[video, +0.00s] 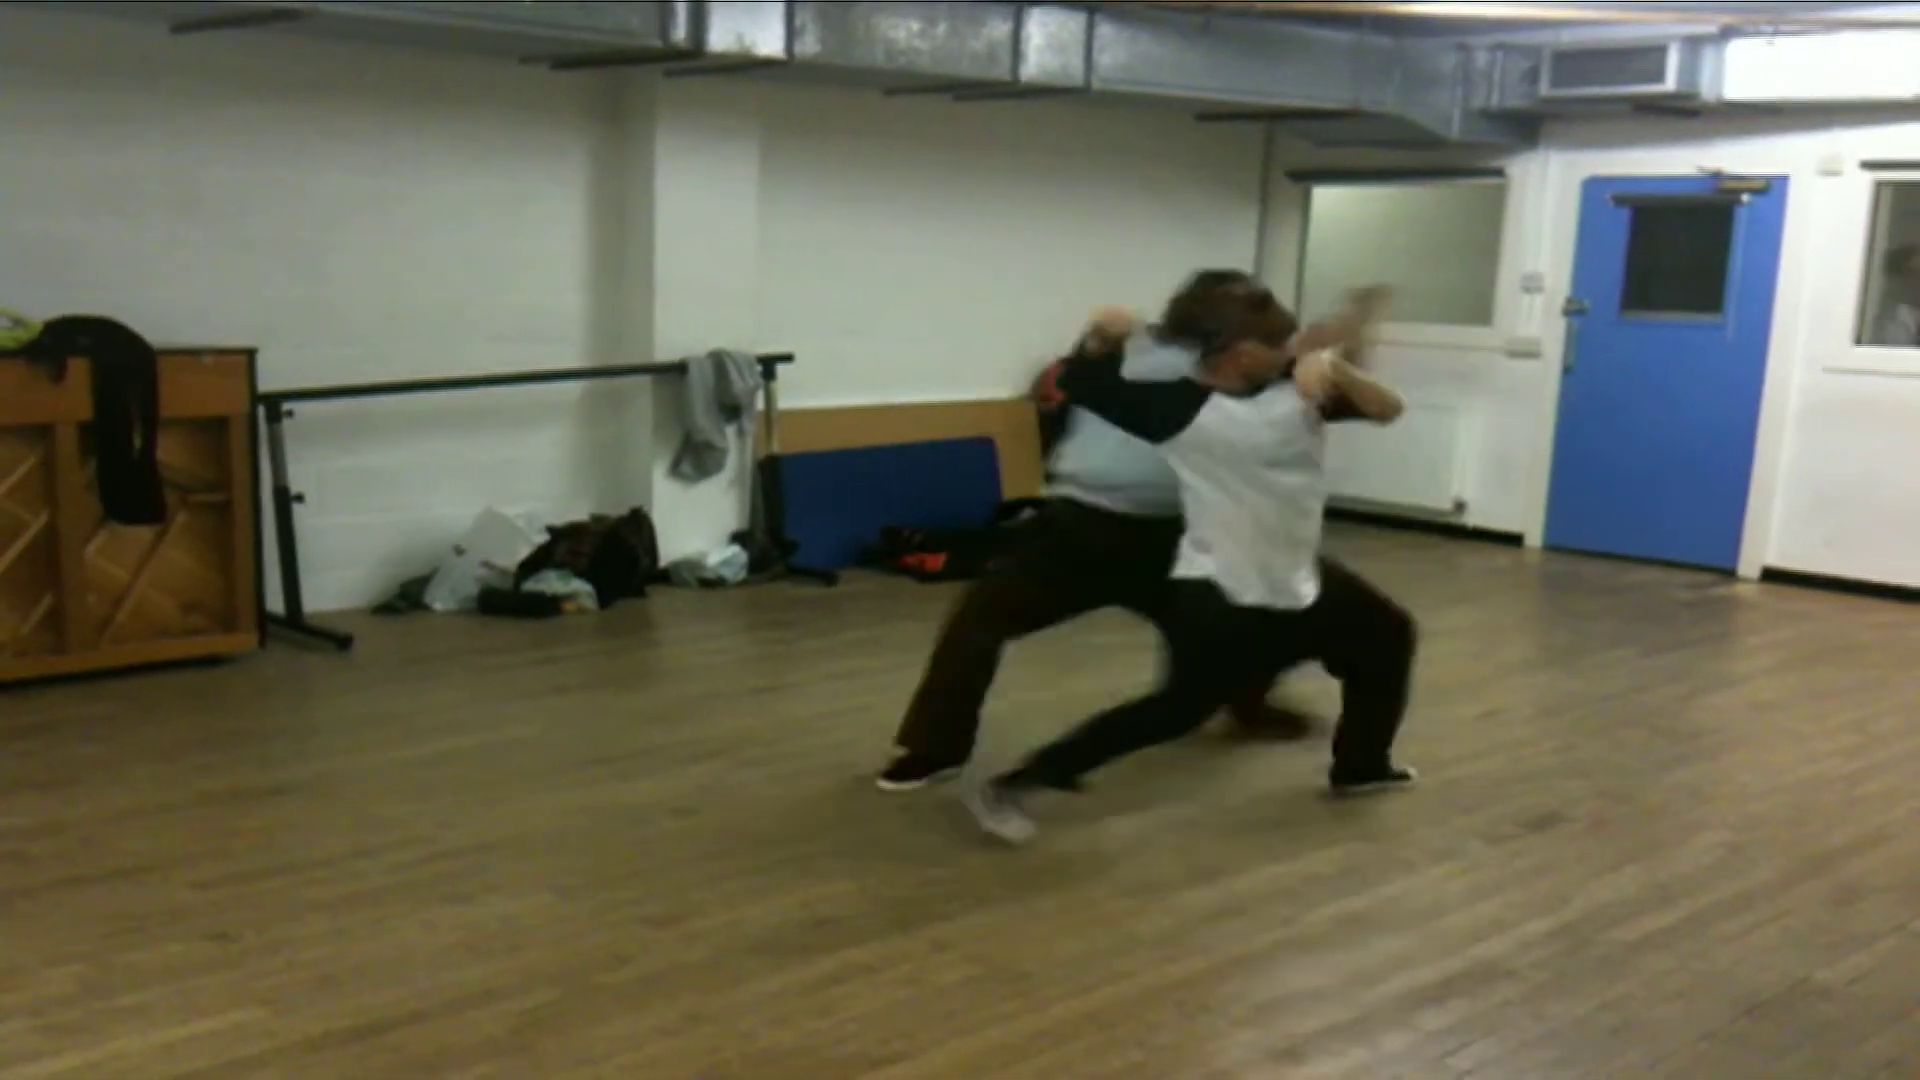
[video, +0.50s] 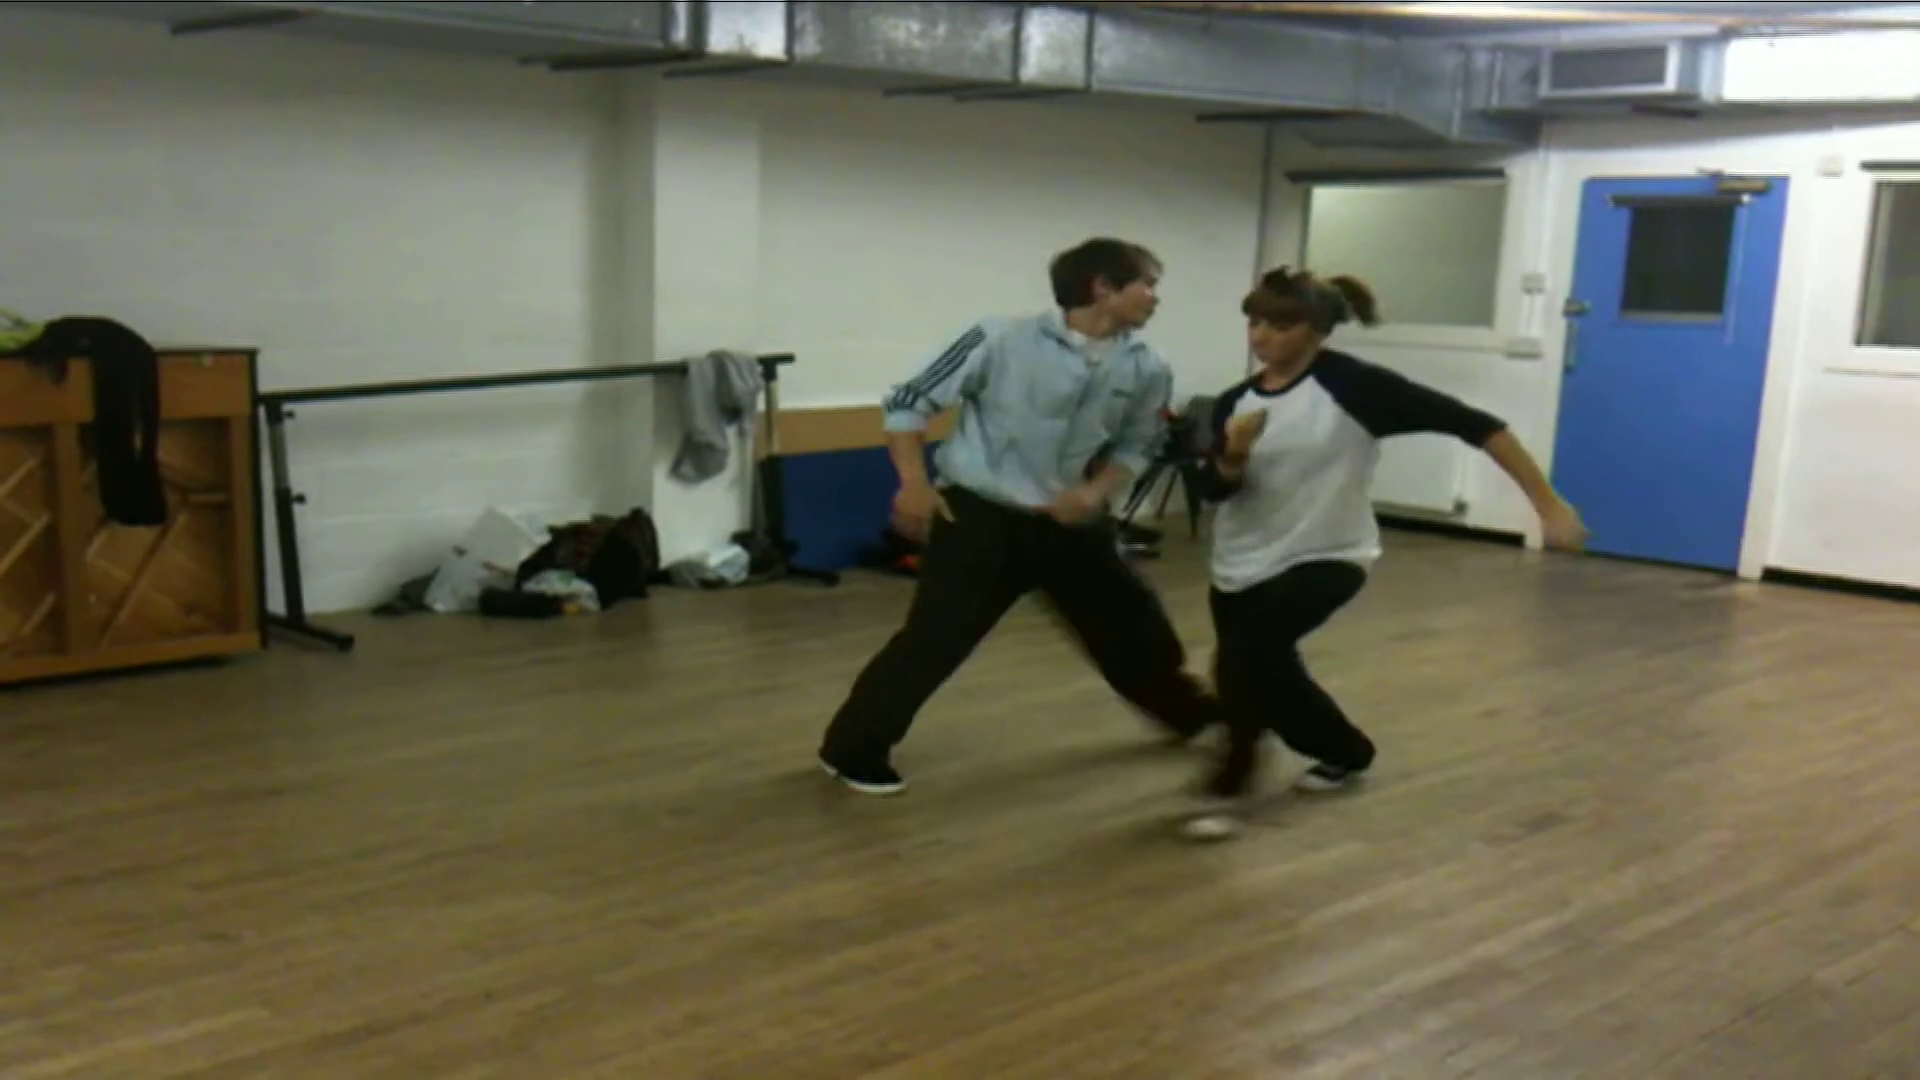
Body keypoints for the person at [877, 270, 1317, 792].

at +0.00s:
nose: (1273, 350)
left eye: (1271, 336)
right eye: (1262, 337)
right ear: (1221, 330)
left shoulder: (1248, 380)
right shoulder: (1123, 354)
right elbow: (1052, 396)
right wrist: (1091, 349)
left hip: (1175, 536)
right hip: (1080, 528)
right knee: (982, 613)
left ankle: (1249, 705)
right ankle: (933, 749)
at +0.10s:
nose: (1180, 326)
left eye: (1190, 315)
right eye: (1170, 308)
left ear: (1194, 322)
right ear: (1131, 304)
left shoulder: (1183, 377)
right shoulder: (1074, 346)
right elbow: (1107, 431)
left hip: (1117, 525)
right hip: (1037, 514)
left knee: (1172, 632)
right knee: (952, 628)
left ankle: (1098, 718)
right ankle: (922, 747)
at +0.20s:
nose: (1160, 312)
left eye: (1167, 302)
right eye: (1152, 298)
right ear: (1106, 295)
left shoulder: (1137, 375)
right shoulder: (1025, 355)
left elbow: (1136, 455)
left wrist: (1135, 477)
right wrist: (1094, 478)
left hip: (1072, 527)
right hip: (997, 516)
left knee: (1137, 629)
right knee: (957, 637)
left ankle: (1037, 728)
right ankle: (851, 737)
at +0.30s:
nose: (1147, 303)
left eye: (1150, 293)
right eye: (1136, 291)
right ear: (1087, 296)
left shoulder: (1124, 383)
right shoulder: (1007, 360)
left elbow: (1093, 458)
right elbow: (930, 435)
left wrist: (1104, 497)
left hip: (1055, 536)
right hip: (978, 531)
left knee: (1144, 610)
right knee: (938, 647)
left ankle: (1048, 703)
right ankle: (851, 748)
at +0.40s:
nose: (1149, 290)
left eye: (1150, 280)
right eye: (1138, 279)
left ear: (1101, 288)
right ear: (1091, 284)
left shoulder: (1132, 370)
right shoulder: (1004, 342)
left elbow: (1113, 449)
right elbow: (904, 405)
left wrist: (1076, 475)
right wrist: (909, 480)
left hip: (1060, 519)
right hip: (979, 514)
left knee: (1148, 591)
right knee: (940, 638)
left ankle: (1078, 693)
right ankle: (852, 748)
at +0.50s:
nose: (1155, 296)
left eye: (1154, 285)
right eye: (1145, 285)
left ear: (1105, 293)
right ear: (1102, 290)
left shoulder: (1145, 373)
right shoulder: (1001, 343)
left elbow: (1136, 446)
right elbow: (905, 406)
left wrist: (1096, 491)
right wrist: (913, 483)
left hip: (1067, 528)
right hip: (982, 521)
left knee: (1131, 625)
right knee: (932, 644)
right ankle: (852, 749)